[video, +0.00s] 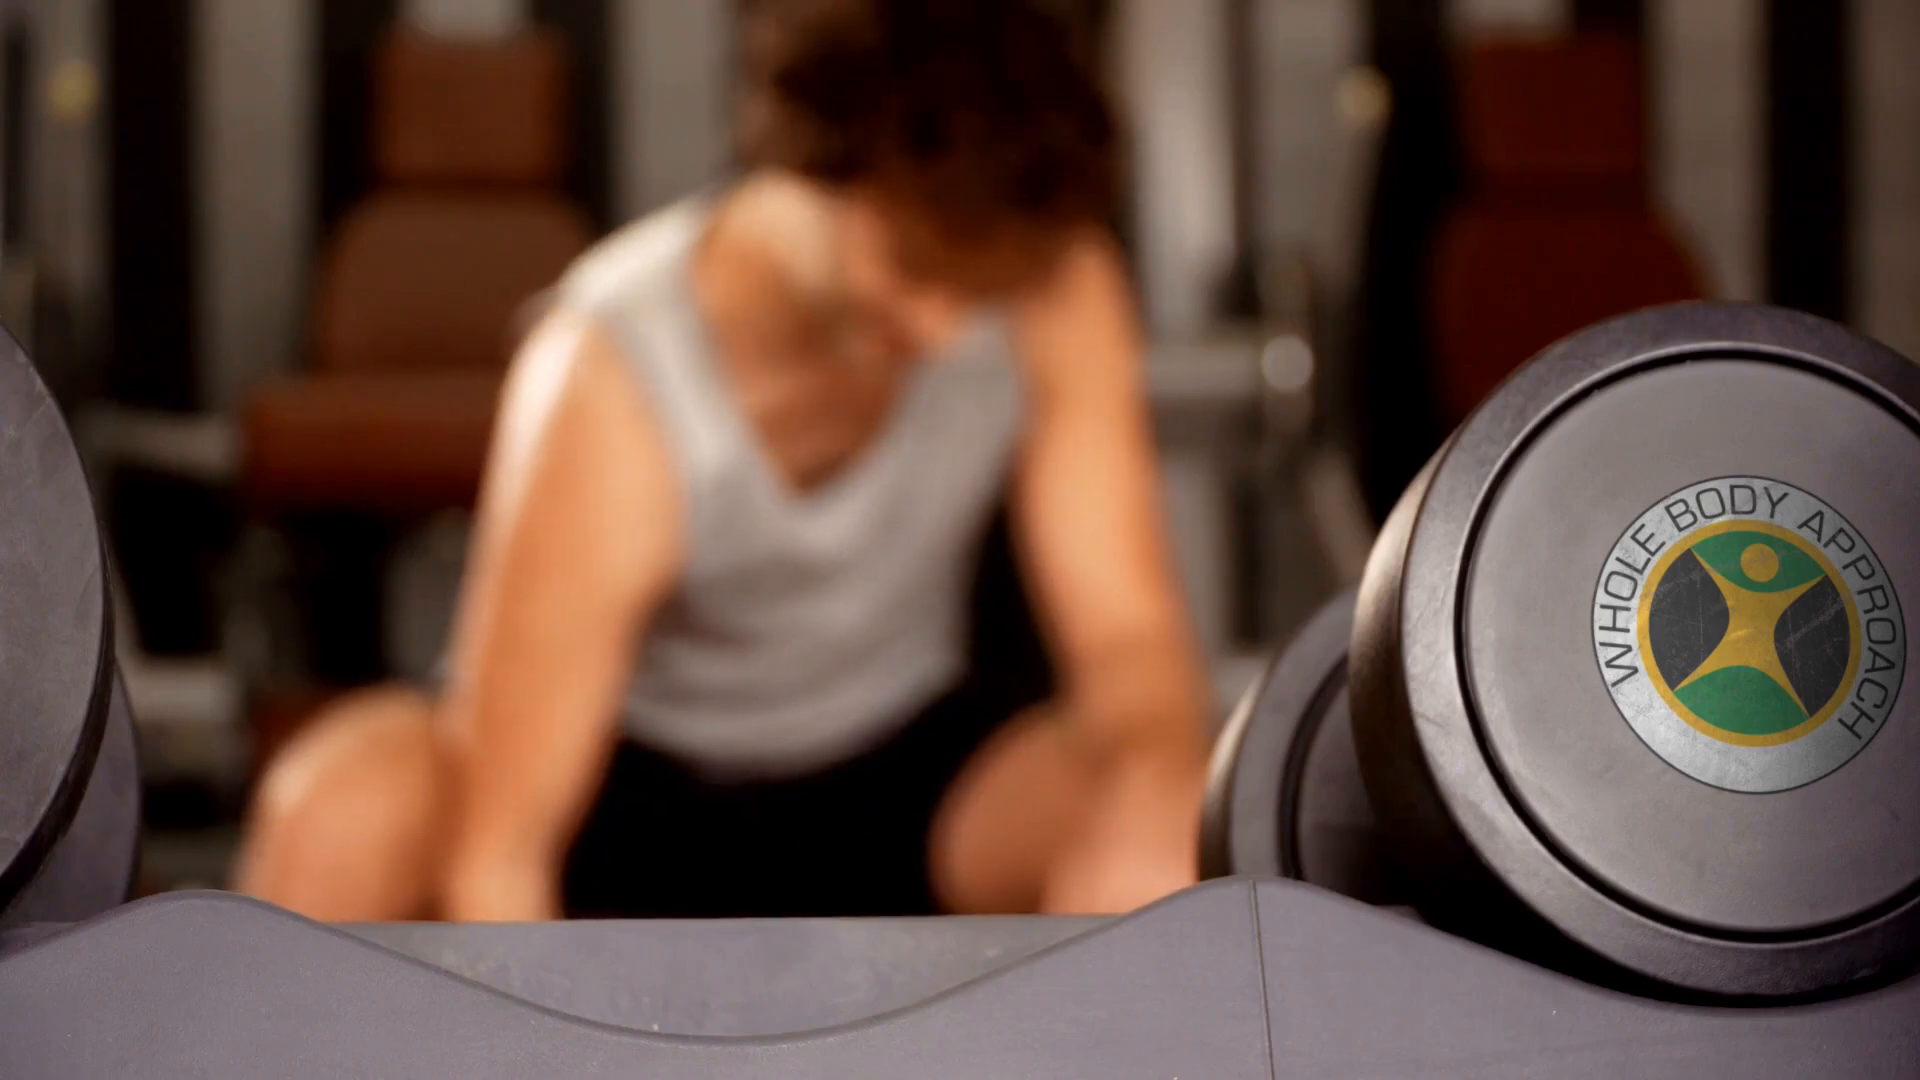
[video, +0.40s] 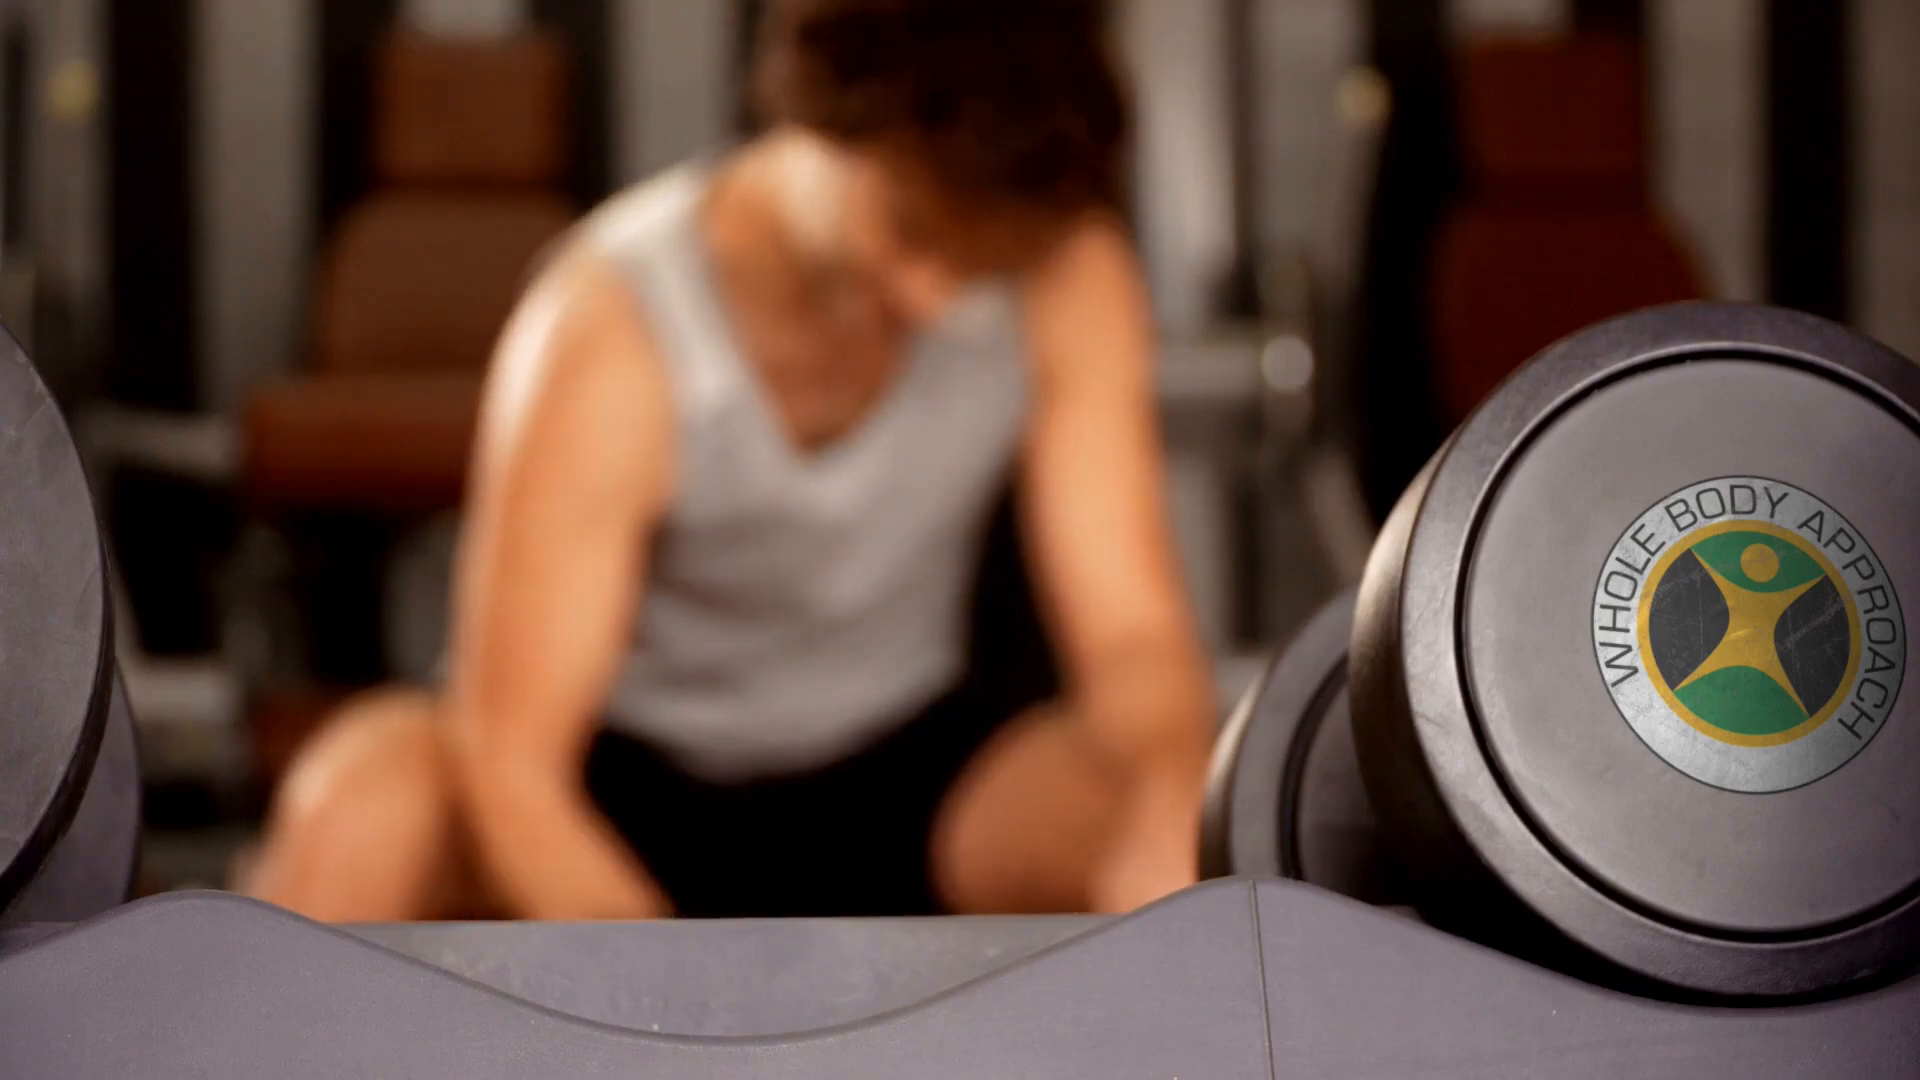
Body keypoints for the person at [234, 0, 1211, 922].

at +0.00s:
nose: (946, 332)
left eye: (991, 287)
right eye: (915, 276)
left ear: (1040, 244)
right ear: (827, 182)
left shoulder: (1049, 274)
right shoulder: (611, 374)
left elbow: (1129, 654)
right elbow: (502, 850)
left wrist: (1151, 852)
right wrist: (545, 1077)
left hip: (899, 789)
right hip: (625, 803)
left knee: (1157, 797)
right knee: (341, 791)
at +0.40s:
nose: (931, 301)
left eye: (983, 264)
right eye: (908, 243)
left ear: (1043, 222)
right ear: (826, 136)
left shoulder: (1058, 263)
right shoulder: (607, 319)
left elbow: (1131, 643)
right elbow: (510, 768)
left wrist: (1164, 845)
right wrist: (690, 1010)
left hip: (902, 782)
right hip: (629, 794)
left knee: (1177, 805)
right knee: (364, 785)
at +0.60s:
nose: (920, 303)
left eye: (971, 266)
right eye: (895, 246)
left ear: (1037, 226)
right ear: (813, 135)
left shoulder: (1052, 262)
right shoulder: (577, 313)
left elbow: (1134, 642)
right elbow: (513, 748)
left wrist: (1169, 857)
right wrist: (748, 868)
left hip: (904, 776)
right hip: (617, 776)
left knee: (1195, 782)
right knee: (366, 792)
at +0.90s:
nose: (887, 303)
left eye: (930, 264)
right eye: (863, 247)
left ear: (985, 209)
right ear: (769, 147)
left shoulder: (1015, 263)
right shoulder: (498, 316)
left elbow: (1121, 636)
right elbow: (514, 750)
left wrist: (1179, 871)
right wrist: (736, 712)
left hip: (897, 782)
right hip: (598, 790)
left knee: (1175, 805)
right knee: (354, 798)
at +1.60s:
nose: (894, 271)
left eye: (944, 232)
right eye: (869, 214)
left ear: (1003, 177)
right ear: (784, 115)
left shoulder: (1034, 257)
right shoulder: (545, 314)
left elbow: (1126, 638)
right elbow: (514, 740)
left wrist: (1194, 806)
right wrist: (840, 820)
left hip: (900, 793)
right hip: (609, 796)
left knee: (1192, 796)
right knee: (361, 784)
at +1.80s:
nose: (915, 281)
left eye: (969, 241)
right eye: (890, 219)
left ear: (1024, 193)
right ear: (803, 120)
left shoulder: (1053, 265)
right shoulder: (584, 313)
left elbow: (1133, 644)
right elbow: (520, 793)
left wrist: (1202, 819)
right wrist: (680, 1043)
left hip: (902, 780)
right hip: (623, 789)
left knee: (1194, 811)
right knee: (365, 799)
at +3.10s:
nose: (917, 247)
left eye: (966, 201)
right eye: (885, 186)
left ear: (1012, 161)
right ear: (784, 97)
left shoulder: (1045, 255)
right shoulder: (588, 310)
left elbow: (1130, 639)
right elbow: (506, 753)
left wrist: (1187, 852)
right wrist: (677, 961)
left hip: (903, 768)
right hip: (624, 779)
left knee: (1193, 817)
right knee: (362, 794)